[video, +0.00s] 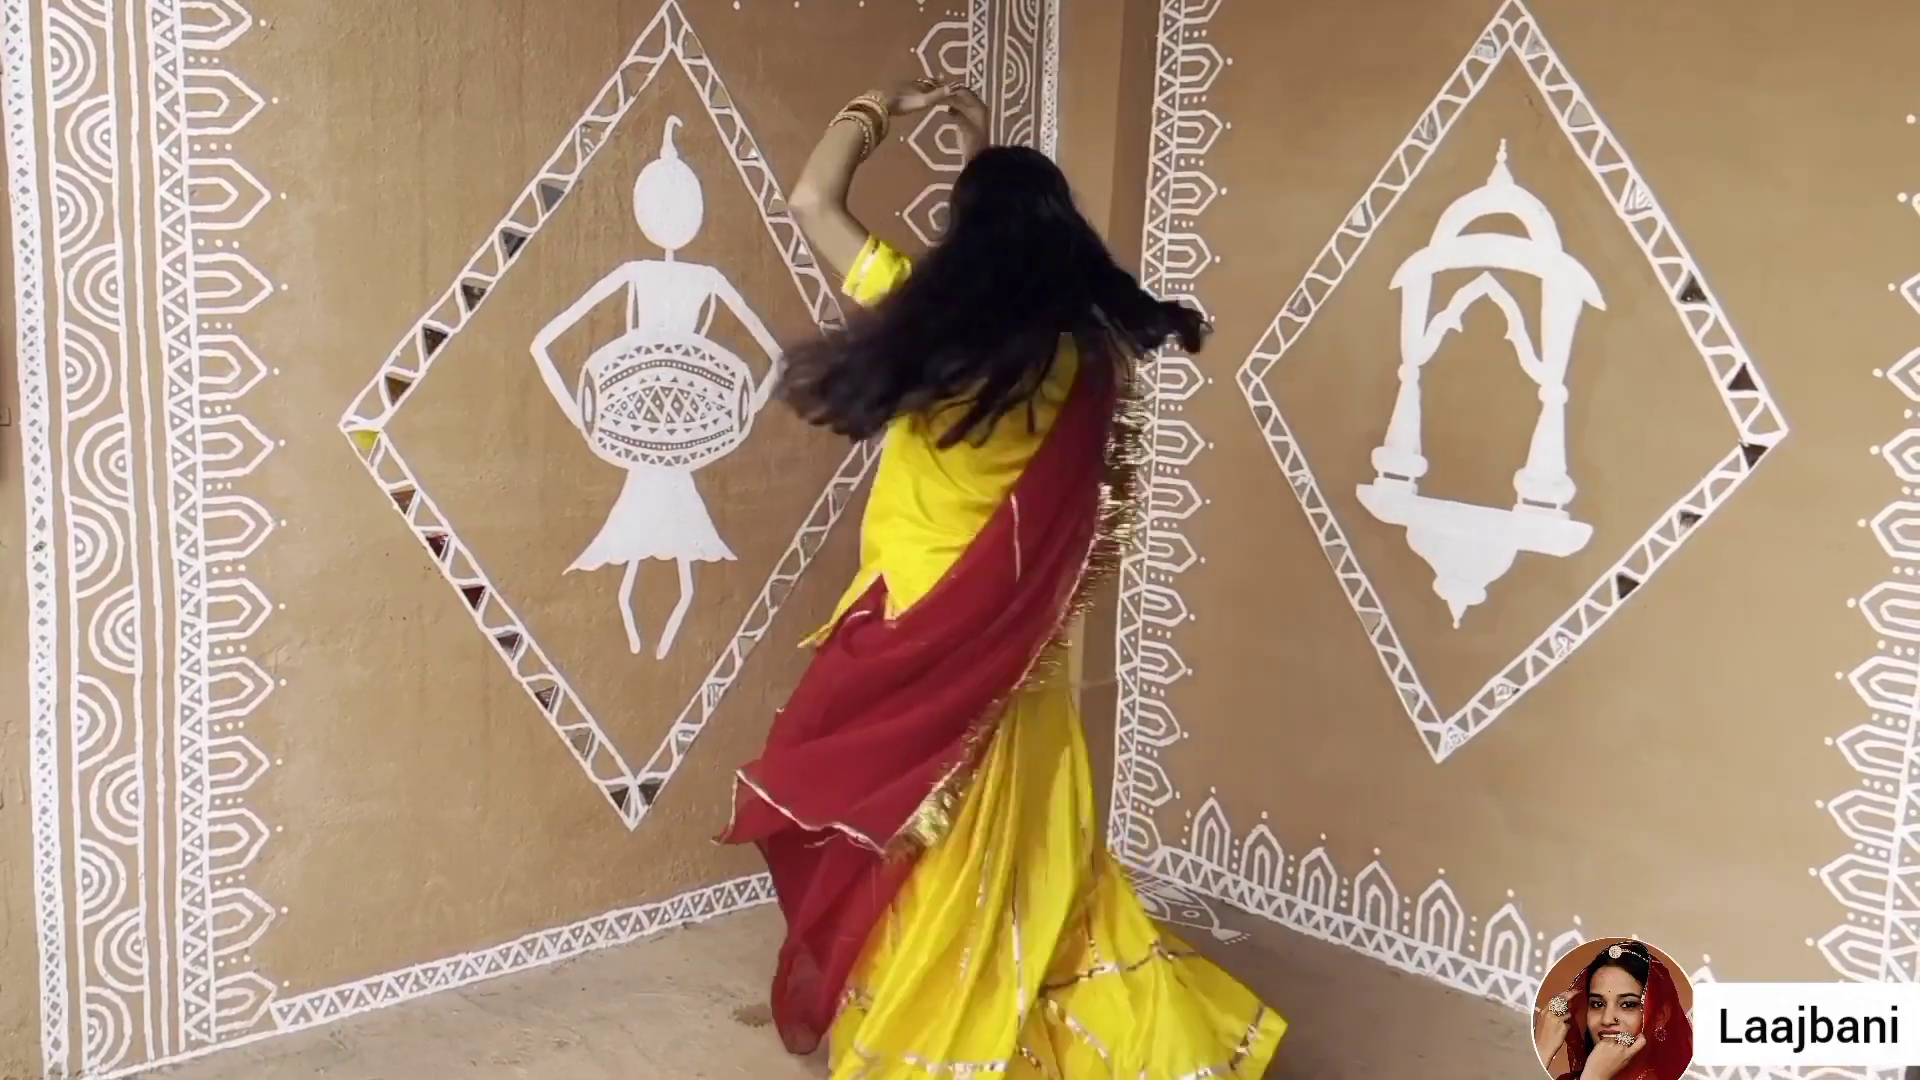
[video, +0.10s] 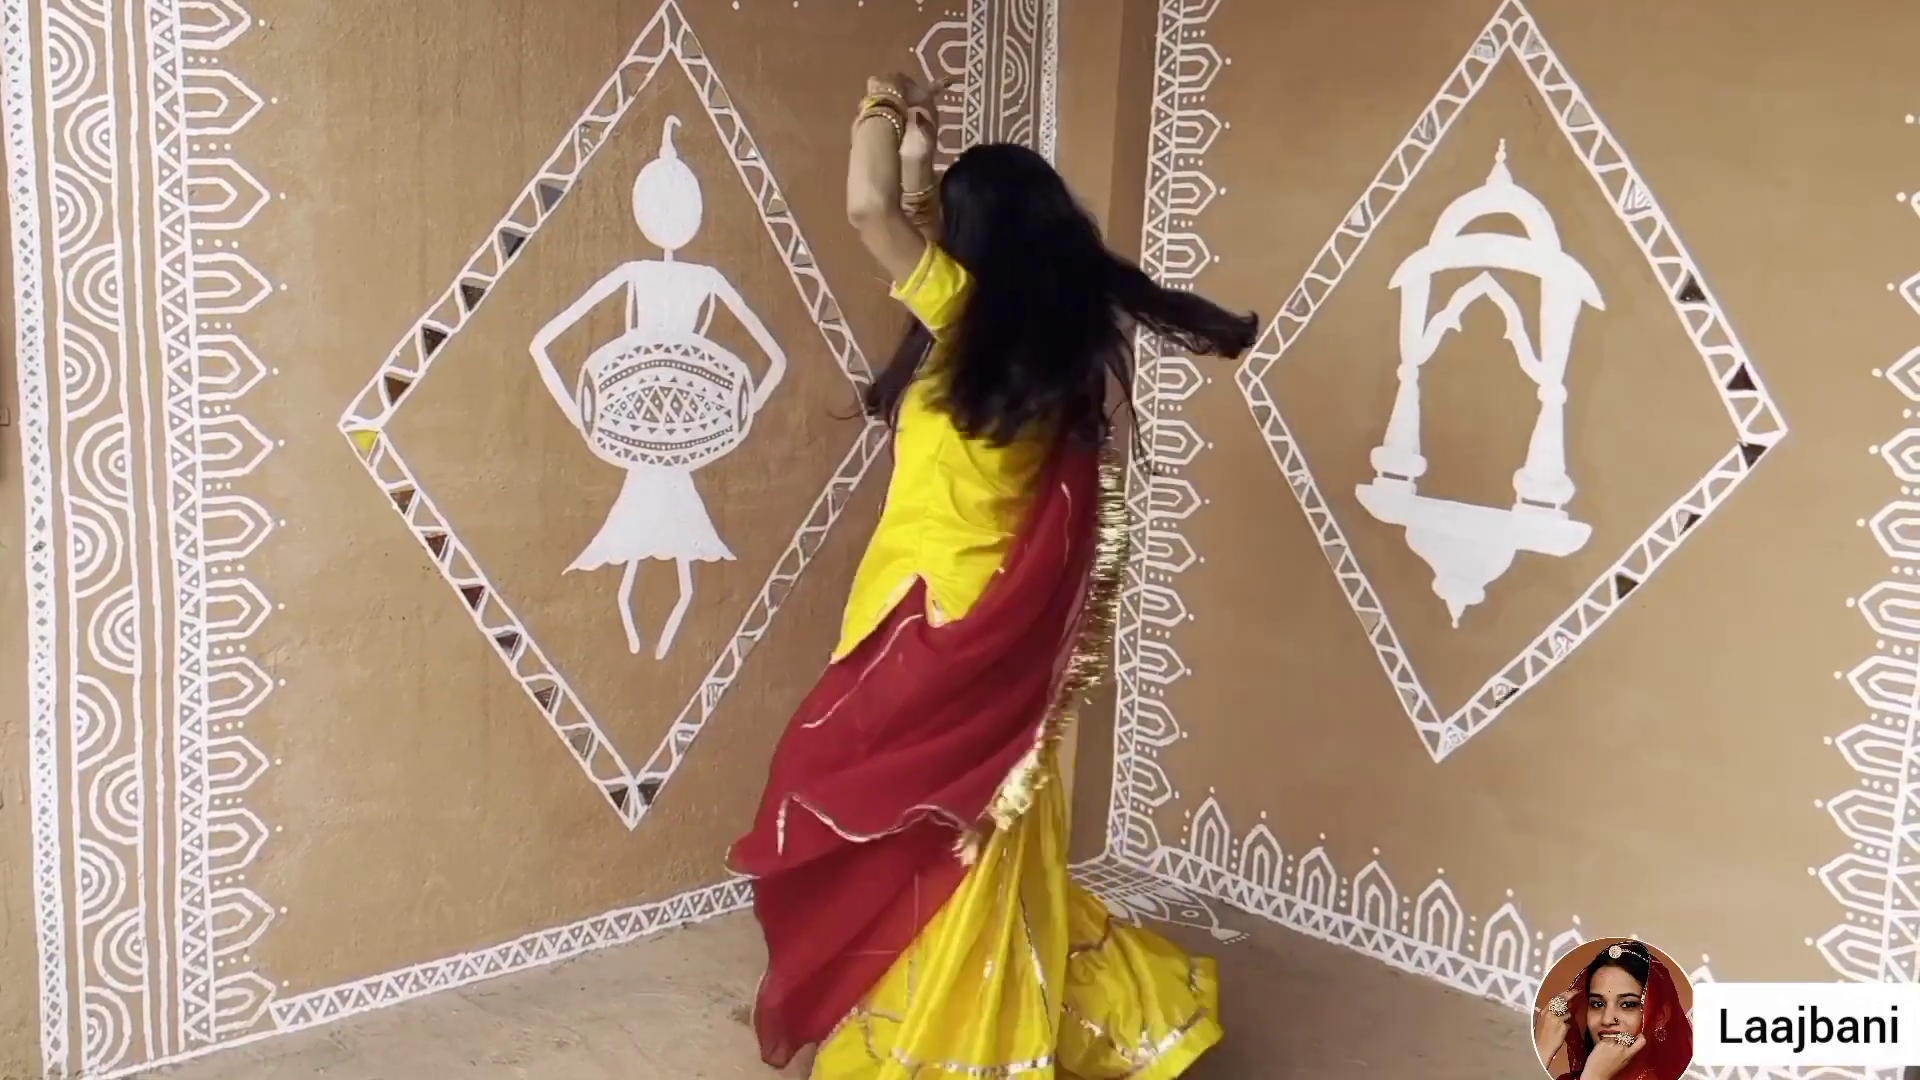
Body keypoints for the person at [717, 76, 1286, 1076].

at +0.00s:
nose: (942, 216)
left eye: (951, 203)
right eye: (953, 199)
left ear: (960, 228)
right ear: (1058, 230)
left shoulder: (921, 309)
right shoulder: (1088, 345)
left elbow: (814, 198)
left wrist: (868, 112)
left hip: (912, 606)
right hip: (1025, 615)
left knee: (921, 823)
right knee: (1039, 826)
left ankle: (908, 1031)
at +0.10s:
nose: (936, 234)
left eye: (946, 219)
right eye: (945, 216)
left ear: (965, 236)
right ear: (1051, 222)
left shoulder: (961, 305)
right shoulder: (1077, 316)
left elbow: (871, 209)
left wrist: (876, 109)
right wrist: (927, 157)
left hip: (931, 588)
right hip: (1022, 597)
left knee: (911, 789)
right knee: (999, 793)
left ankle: (904, 1015)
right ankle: (1002, 1003)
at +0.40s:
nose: (868, 218)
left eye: (892, 200)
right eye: (867, 198)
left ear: (954, 211)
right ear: (865, 201)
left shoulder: (1005, 312)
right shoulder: (845, 310)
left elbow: (1120, 199)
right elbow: (734, 261)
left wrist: (1039, 84)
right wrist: (837, 148)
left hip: (975, 647)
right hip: (848, 638)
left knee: (979, 886)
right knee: (850, 886)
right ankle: (848, 1057)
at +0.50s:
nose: (879, 235)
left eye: (907, 216)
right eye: (868, 214)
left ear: (949, 231)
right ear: (848, 228)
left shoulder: (989, 308)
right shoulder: (819, 335)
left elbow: (1127, 217)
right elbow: (786, 303)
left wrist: (1081, 114)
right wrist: (882, 185)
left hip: (1007, 644)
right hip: (869, 648)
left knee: (993, 879)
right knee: (833, 872)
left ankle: (994, 1056)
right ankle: (827, 1056)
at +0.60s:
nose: (908, 235)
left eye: (928, 221)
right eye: (887, 212)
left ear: (953, 235)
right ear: (848, 223)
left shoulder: (973, 297)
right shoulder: (806, 344)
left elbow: (1090, 223)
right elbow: (877, 326)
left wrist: (1077, 137)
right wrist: (967, 203)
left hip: (1014, 631)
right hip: (887, 644)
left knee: (1015, 870)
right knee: (855, 869)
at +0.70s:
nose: (959, 247)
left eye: (965, 227)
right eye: (935, 224)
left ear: (974, 236)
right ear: (872, 235)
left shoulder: (932, 345)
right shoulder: (858, 358)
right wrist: (1042, 212)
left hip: (978, 641)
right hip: (896, 657)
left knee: (1032, 871)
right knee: (912, 887)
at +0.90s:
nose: (1003, 224)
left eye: (997, 206)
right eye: (989, 207)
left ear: (901, 223)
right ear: (940, 222)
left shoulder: (854, 328)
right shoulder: (971, 350)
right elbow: (1137, 321)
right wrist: (1051, 221)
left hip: (827, 634)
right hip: (916, 647)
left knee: (852, 855)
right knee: (943, 858)